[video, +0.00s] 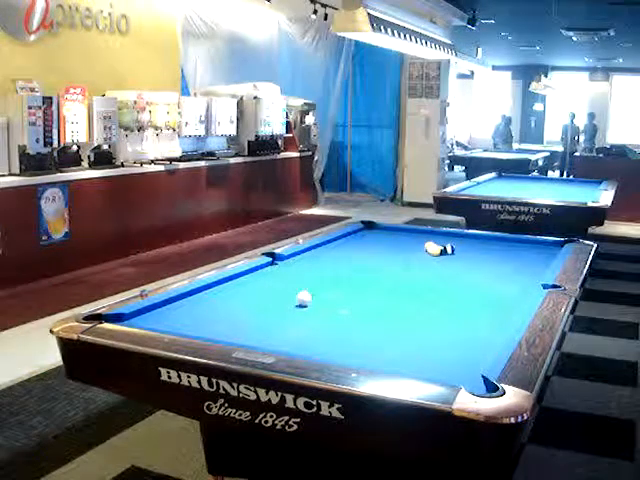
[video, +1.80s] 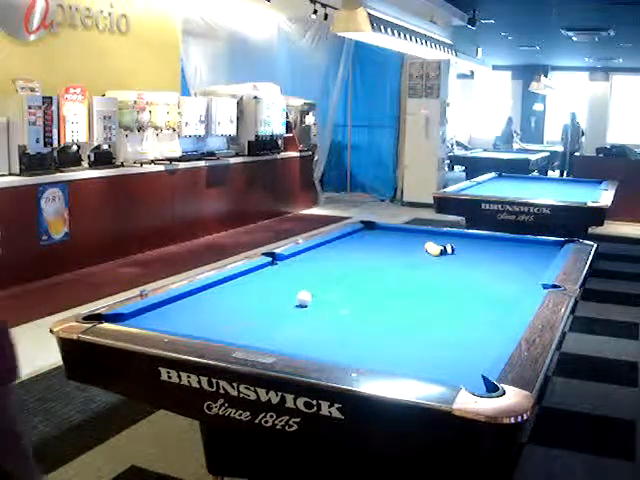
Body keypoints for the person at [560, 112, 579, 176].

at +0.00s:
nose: (571, 118)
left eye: (572, 116)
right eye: (570, 116)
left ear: (574, 117)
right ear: (569, 117)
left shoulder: (576, 127)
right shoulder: (565, 126)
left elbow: (578, 136)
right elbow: (562, 135)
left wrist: (577, 143)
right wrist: (563, 142)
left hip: (573, 146)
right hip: (565, 146)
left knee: (571, 161)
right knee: (563, 160)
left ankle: (568, 174)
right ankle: (561, 173)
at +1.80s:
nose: (572, 119)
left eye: (574, 117)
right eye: (571, 117)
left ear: (576, 118)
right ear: (570, 117)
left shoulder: (578, 126)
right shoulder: (566, 126)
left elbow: (580, 135)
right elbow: (563, 135)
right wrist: (563, 142)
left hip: (574, 146)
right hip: (566, 145)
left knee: (571, 160)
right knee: (563, 159)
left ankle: (569, 173)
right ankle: (561, 173)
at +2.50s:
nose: (572, 119)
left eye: (573, 118)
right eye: (571, 117)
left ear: (575, 118)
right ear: (570, 117)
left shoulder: (577, 126)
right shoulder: (566, 125)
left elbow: (578, 136)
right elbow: (563, 135)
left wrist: (577, 145)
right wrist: (563, 142)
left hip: (573, 146)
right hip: (566, 145)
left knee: (571, 160)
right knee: (564, 160)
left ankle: (569, 173)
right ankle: (561, 173)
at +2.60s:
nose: (571, 118)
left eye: (573, 117)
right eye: (570, 117)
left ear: (575, 117)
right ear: (569, 117)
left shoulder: (576, 125)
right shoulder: (565, 125)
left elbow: (578, 135)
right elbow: (563, 134)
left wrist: (577, 143)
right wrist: (562, 142)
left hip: (573, 146)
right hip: (566, 145)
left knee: (571, 160)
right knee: (563, 160)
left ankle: (570, 173)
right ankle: (562, 173)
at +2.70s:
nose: (571, 118)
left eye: (573, 117)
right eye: (570, 117)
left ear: (575, 117)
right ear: (569, 117)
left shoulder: (576, 125)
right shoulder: (565, 125)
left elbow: (578, 135)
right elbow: (563, 134)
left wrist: (577, 143)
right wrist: (562, 142)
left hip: (573, 146)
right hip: (566, 145)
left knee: (571, 160)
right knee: (563, 160)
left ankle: (570, 173)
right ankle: (562, 173)